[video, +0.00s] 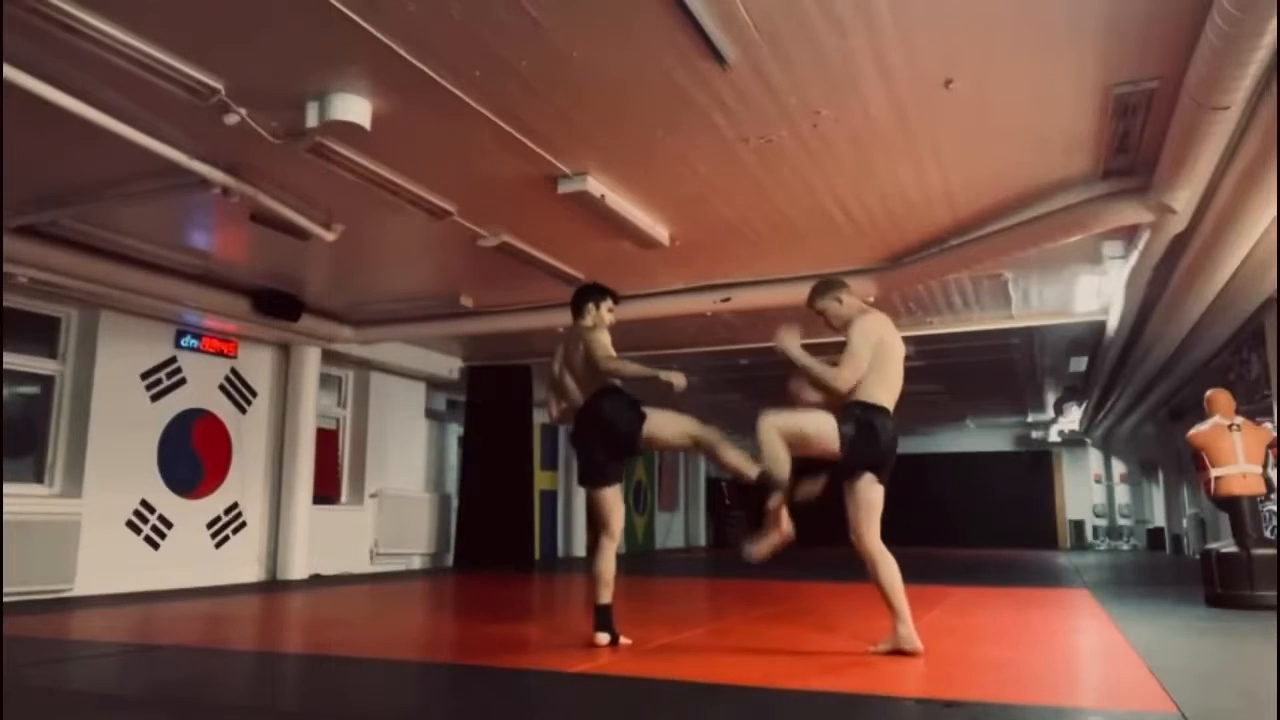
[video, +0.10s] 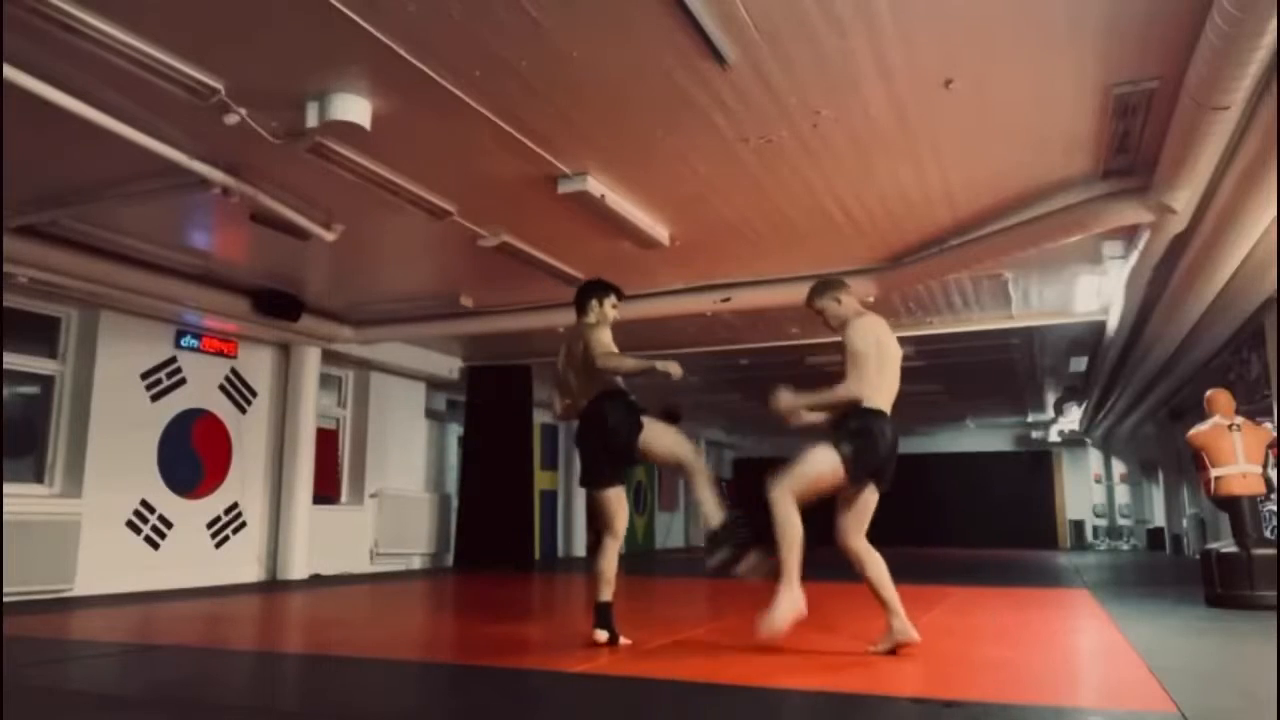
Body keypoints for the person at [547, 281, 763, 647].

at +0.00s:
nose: (611, 317)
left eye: (612, 311)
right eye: (608, 310)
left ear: (580, 312)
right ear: (589, 309)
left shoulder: (560, 351)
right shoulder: (593, 332)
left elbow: (557, 408)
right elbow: (608, 364)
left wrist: (571, 403)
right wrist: (662, 374)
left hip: (588, 436)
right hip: (616, 417)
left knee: (607, 532)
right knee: (701, 433)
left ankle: (603, 625)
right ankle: (764, 482)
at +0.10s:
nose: (614, 314)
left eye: (615, 307)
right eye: (611, 306)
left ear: (582, 309)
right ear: (593, 305)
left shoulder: (566, 349)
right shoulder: (594, 328)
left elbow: (564, 409)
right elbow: (604, 360)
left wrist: (597, 394)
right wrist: (656, 365)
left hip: (590, 437)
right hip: (617, 420)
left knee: (612, 529)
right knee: (690, 455)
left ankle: (603, 621)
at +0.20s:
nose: (620, 314)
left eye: (620, 307)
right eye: (617, 306)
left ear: (588, 308)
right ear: (599, 305)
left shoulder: (574, 346)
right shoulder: (598, 329)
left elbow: (567, 408)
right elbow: (603, 365)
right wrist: (652, 363)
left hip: (593, 431)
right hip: (616, 419)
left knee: (629, 525)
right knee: (663, 494)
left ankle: (604, 611)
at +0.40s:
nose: (627, 327)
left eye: (628, 320)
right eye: (623, 319)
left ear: (603, 321)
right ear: (604, 318)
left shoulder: (597, 357)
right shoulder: (596, 353)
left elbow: (621, 411)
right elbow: (621, 395)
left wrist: (652, 392)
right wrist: (655, 361)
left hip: (600, 449)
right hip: (605, 447)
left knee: (631, 540)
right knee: (644, 532)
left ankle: (599, 613)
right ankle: (611, 619)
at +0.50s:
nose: (628, 317)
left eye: (629, 311)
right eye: (622, 310)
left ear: (620, 315)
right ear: (602, 312)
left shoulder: (611, 352)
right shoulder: (594, 343)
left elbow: (632, 408)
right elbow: (606, 390)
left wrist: (656, 371)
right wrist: (633, 343)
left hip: (608, 437)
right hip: (592, 434)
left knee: (627, 539)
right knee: (648, 481)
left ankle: (594, 608)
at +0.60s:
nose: (628, 314)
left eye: (631, 308)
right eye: (622, 306)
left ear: (627, 311)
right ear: (602, 307)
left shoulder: (619, 347)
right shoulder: (590, 340)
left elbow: (630, 400)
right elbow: (595, 388)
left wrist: (645, 365)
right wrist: (631, 357)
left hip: (611, 433)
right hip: (585, 430)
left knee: (618, 539)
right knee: (632, 448)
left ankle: (593, 610)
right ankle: (643, 551)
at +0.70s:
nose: (627, 318)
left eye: (630, 312)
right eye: (622, 310)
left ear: (629, 315)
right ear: (601, 309)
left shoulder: (620, 353)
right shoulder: (586, 344)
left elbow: (624, 398)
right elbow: (590, 394)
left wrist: (633, 369)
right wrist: (631, 408)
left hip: (610, 432)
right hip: (578, 426)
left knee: (612, 532)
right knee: (620, 431)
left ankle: (593, 611)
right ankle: (625, 525)